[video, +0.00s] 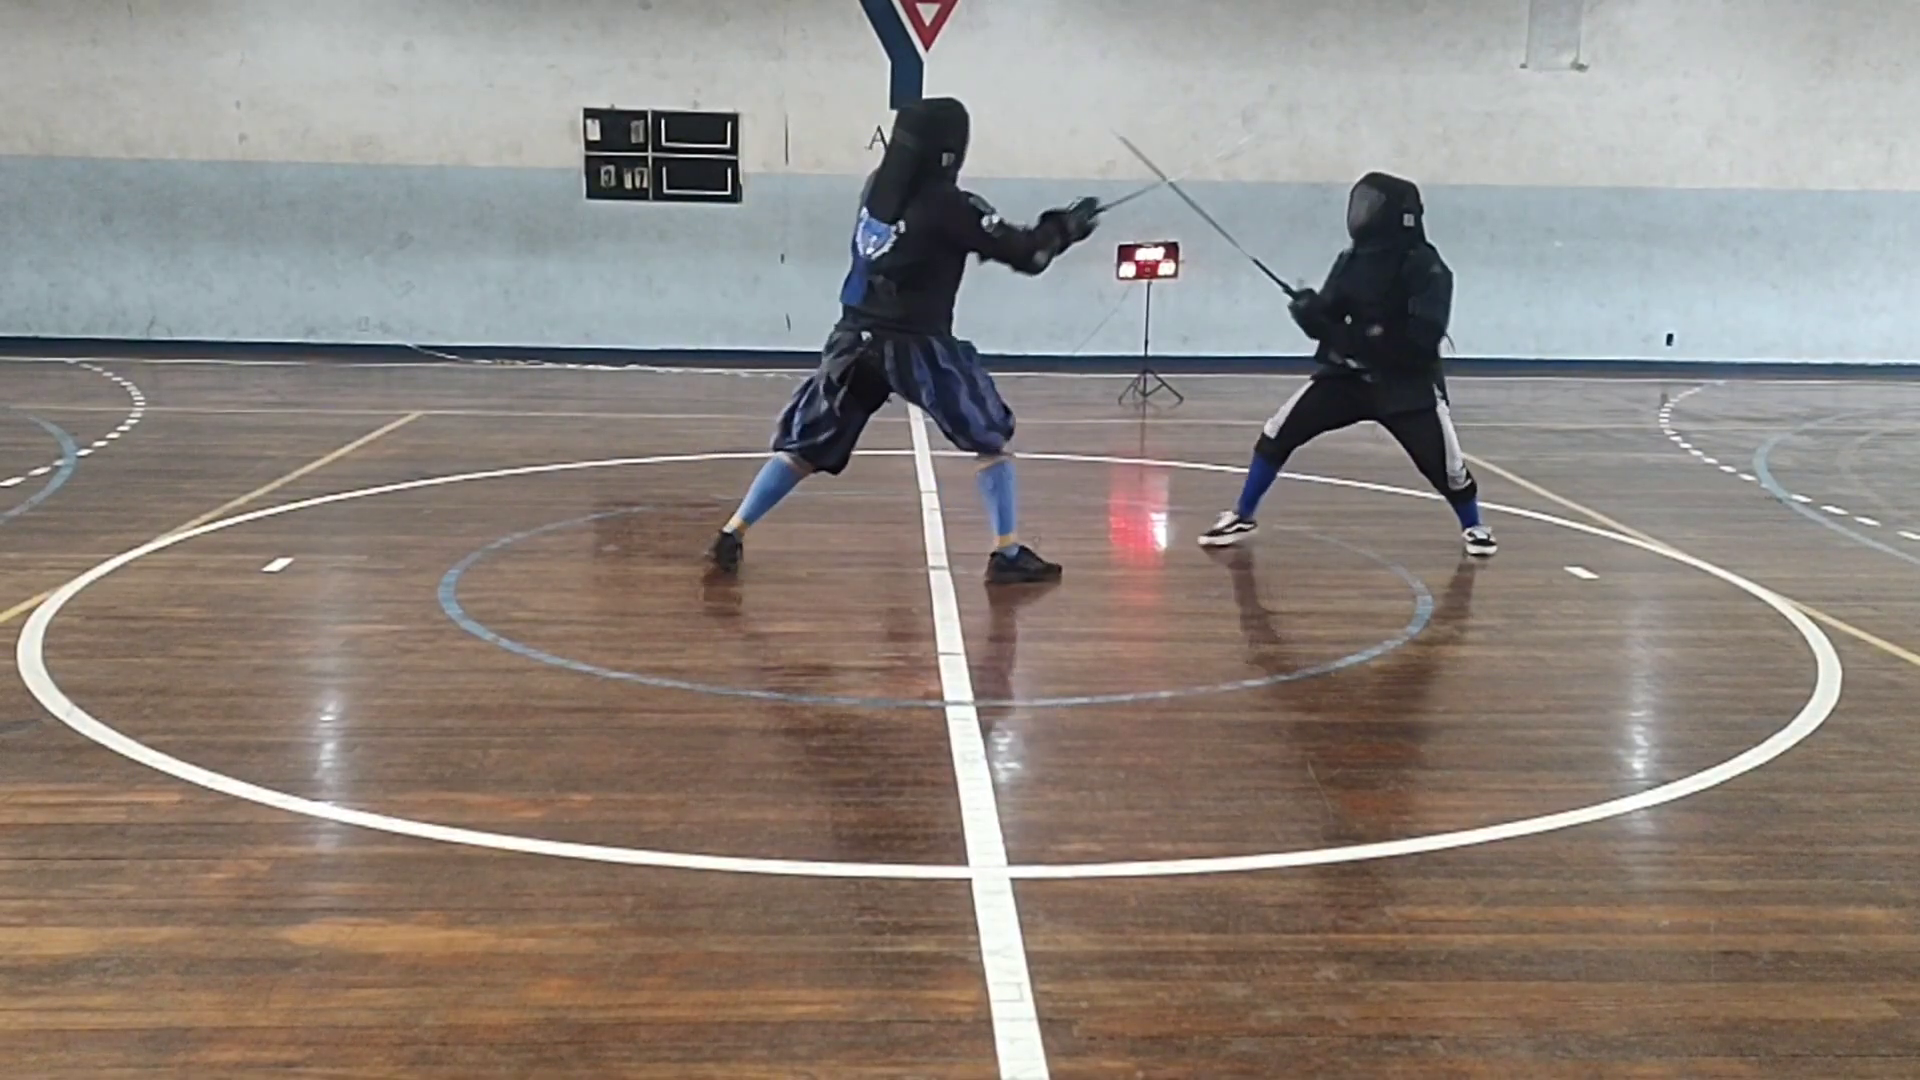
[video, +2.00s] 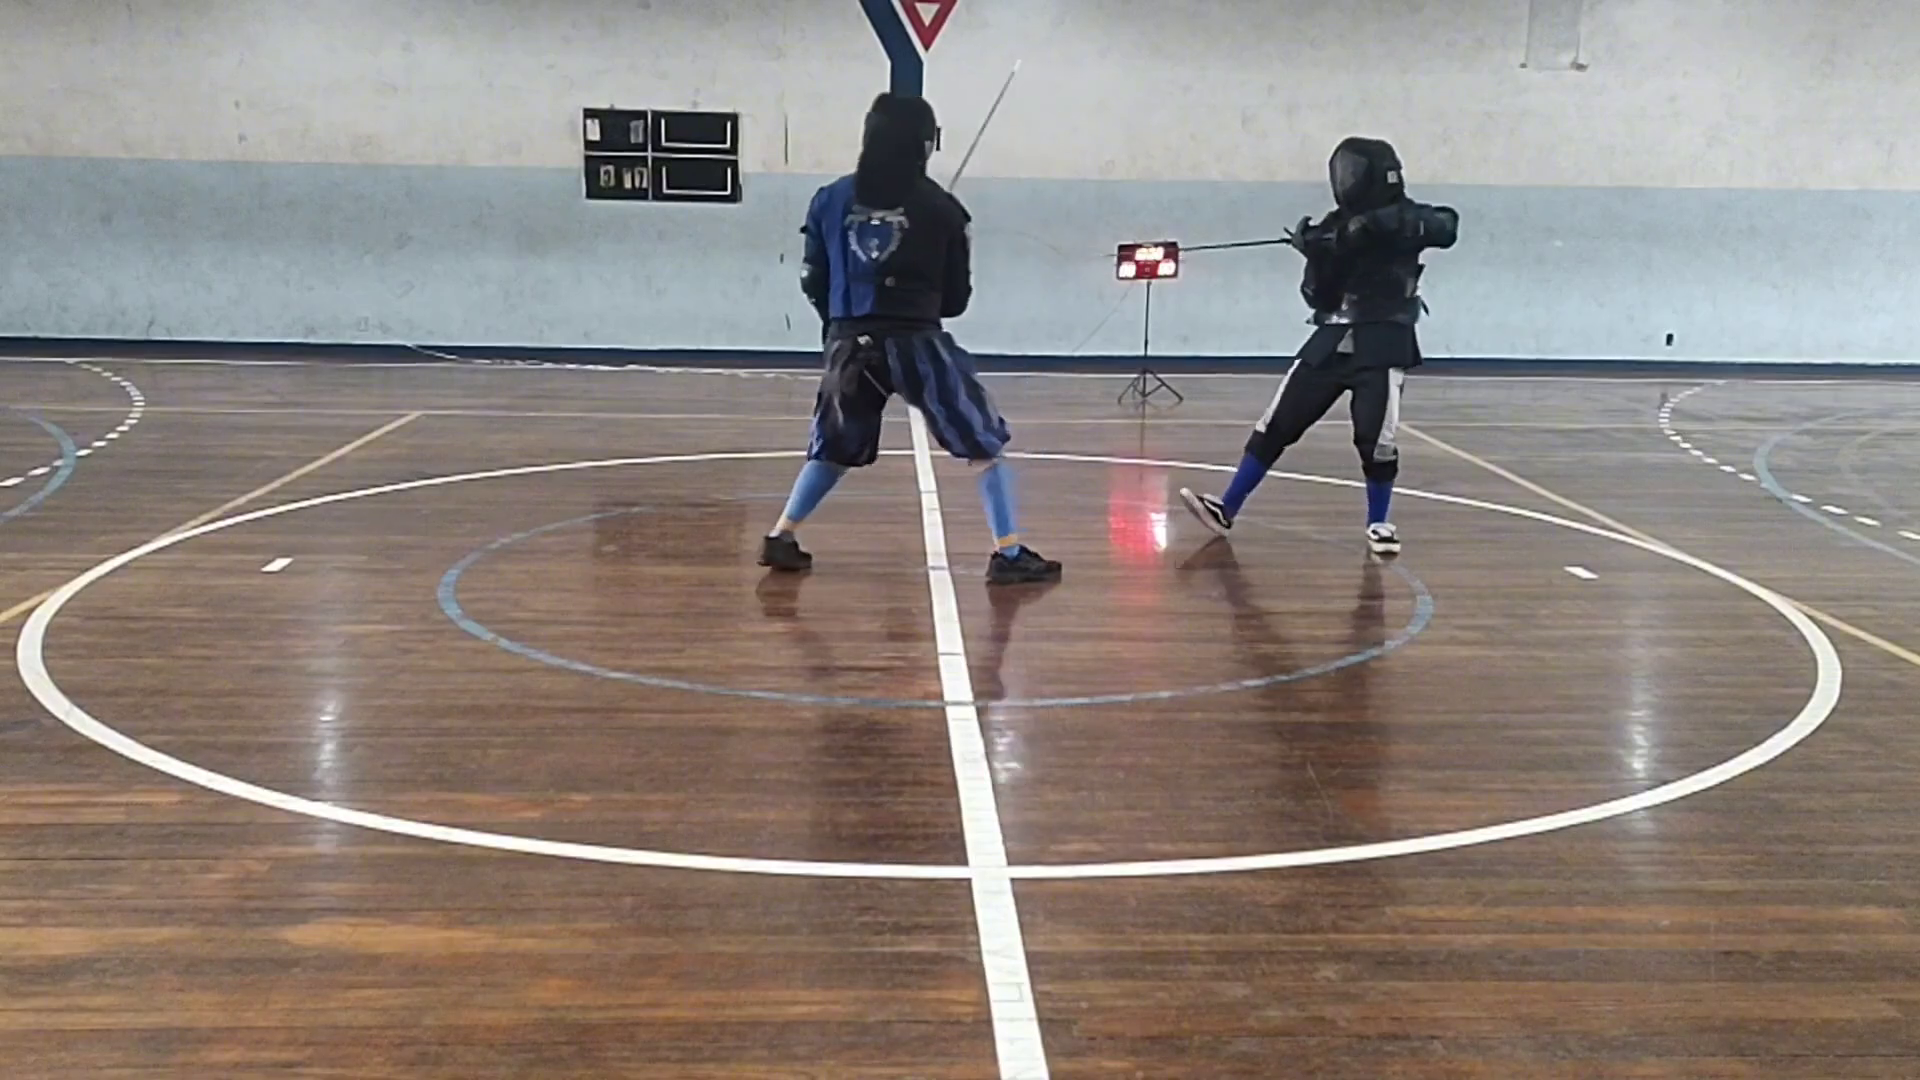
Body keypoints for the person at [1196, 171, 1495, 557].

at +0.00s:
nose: (1357, 212)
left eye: (1367, 203)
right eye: (1357, 202)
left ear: (1396, 212)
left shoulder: (1427, 269)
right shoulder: (1351, 261)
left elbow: (1417, 347)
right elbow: (1329, 324)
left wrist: (1343, 335)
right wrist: (1309, 313)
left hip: (1407, 386)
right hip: (1347, 380)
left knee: (1445, 465)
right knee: (1277, 435)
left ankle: (1473, 527)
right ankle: (1242, 516)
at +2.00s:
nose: (1343, 178)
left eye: (1353, 169)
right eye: (1339, 169)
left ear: (1379, 173)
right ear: (1335, 174)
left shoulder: (1405, 216)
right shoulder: (1330, 226)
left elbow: (1445, 227)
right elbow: (1320, 301)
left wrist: (1381, 221)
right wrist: (1319, 256)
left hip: (1382, 336)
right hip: (1330, 335)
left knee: (1376, 439)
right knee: (1277, 424)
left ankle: (1379, 525)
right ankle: (1226, 508)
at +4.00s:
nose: (1337, 171)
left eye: (1344, 163)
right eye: (1335, 164)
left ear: (1366, 164)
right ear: (1332, 167)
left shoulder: (1399, 202)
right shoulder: (1329, 213)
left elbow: (1382, 144)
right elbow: (1293, 204)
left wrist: (1332, 99)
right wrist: (1292, 149)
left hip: (1395, 347)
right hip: (1337, 348)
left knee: (1429, 440)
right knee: (1304, 440)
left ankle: (1446, 522)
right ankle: (1283, 524)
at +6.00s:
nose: (1275, 183)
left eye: (1279, 174)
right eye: (1270, 176)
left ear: (1299, 167)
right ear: (1264, 175)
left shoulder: (1328, 202)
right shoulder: (1261, 214)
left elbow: (1311, 145)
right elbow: (1232, 212)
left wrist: (1256, 113)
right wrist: (1218, 162)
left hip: (1322, 341)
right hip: (1268, 341)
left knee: (1355, 440)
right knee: (1231, 435)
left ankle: (1333, 507)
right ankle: (1204, 523)